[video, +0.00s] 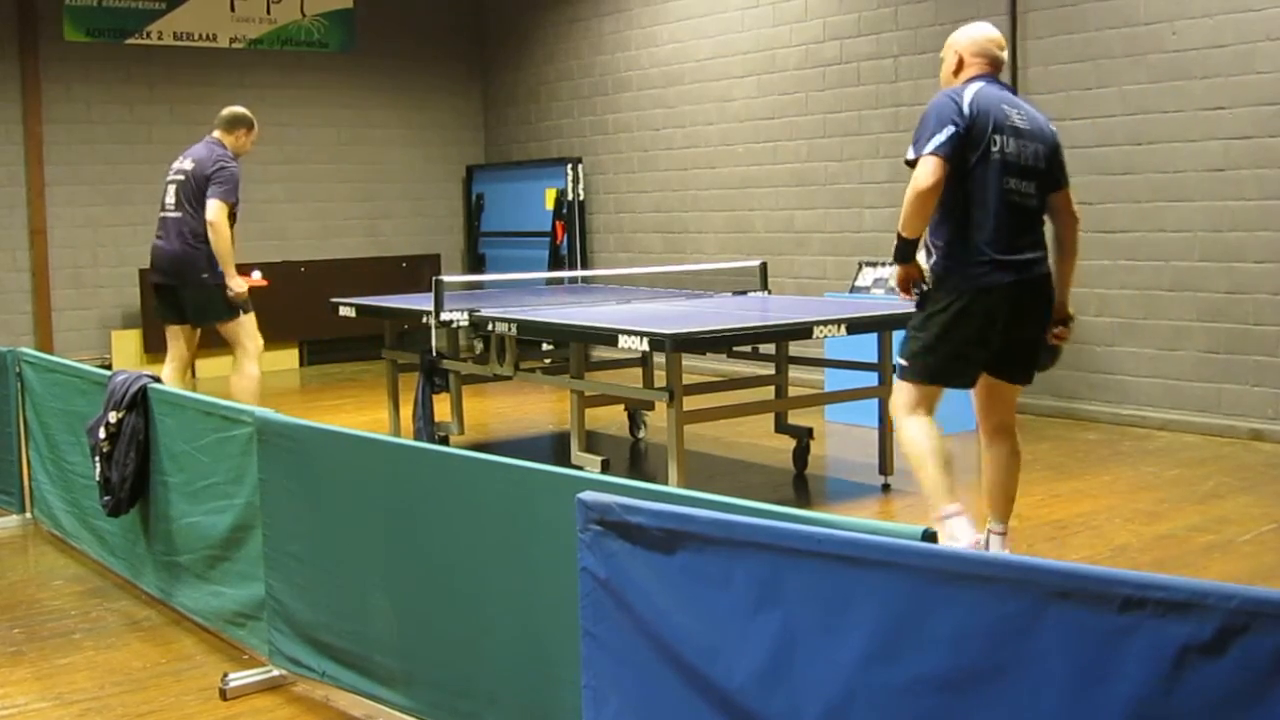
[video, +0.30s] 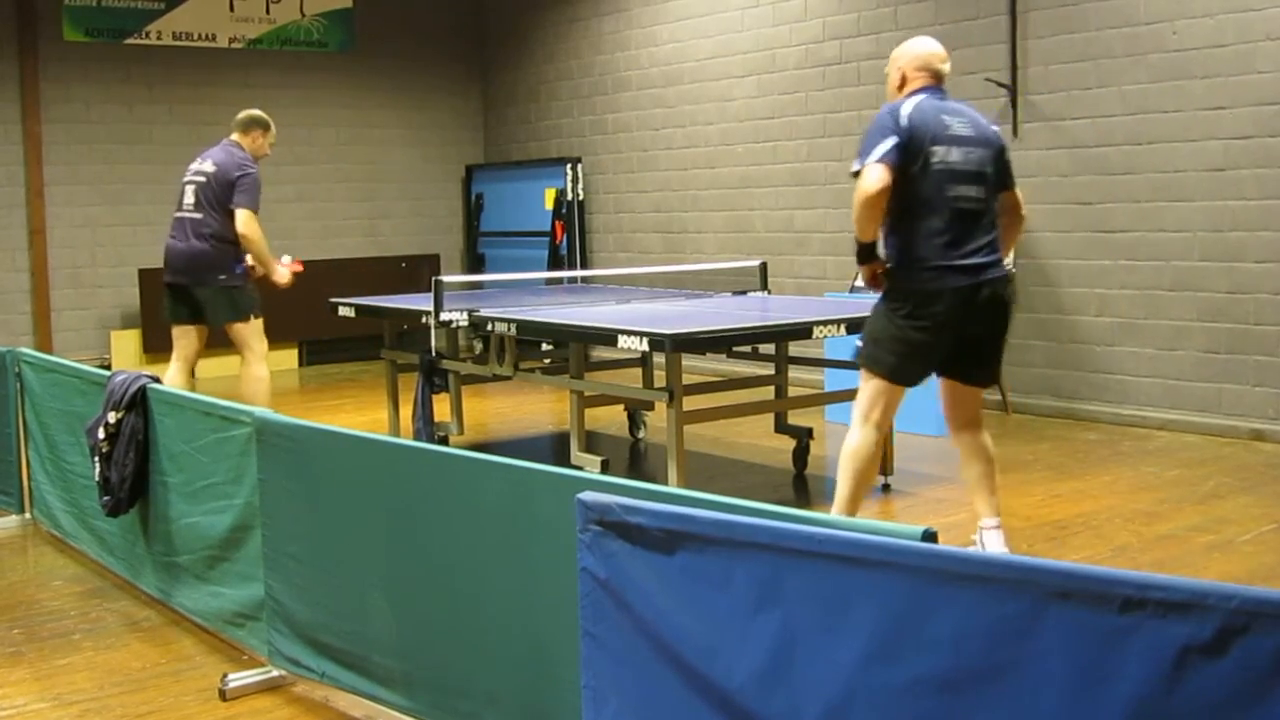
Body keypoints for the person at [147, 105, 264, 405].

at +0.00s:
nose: (250, 147)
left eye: (252, 141)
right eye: (251, 140)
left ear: (218, 129)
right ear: (241, 135)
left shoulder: (188, 156)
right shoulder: (224, 163)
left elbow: (183, 218)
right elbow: (214, 219)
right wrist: (232, 275)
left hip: (164, 264)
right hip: (199, 265)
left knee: (178, 352)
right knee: (249, 345)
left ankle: (168, 433)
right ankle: (245, 437)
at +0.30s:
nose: (268, 151)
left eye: (270, 144)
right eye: (268, 143)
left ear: (238, 134)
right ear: (254, 136)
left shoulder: (205, 157)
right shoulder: (244, 167)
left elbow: (208, 219)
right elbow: (246, 227)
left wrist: (243, 257)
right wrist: (273, 268)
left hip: (178, 263)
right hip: (217, 265)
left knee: (183, 353)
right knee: (254, 351)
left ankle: (170, 436)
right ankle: (260, 439)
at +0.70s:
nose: (315, 177)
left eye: (318, 172)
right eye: (316, 170)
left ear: (291, 155)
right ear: (305, 160)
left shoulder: (248, 169)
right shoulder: (291, 184)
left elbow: (234, 227)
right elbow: (297, 254)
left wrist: (258, 274)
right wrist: (317, 255)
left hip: (198, 253)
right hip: (239, 260)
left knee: (185, 349)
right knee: (274, 351)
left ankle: (161, 424)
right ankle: (262, 437)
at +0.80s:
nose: (319, 189)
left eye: (322, 184)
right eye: (321, 182)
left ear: (295, 165)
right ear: (310, 170)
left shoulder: (256, 175)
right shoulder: (296, 193)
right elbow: (301, 262)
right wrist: (321, 263)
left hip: (198, 256)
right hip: (239, 262)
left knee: (179, 352)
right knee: (277, 352)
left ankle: (151, 424)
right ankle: (262, 438)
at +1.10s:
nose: (321, 225)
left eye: (325, 220)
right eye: (324, 217)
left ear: (298, 196)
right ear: (313, 203)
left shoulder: (259, 200)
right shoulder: (295, 217)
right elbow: (305, 280)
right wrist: (331, 294)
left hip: (188, 266)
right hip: (229, 271)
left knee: (177, 362)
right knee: (279, 355)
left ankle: (148, 423)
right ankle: (263, 440)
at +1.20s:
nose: (321, 233)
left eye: (325, 228)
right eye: (325, 224)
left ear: (303, 204)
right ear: (314, 210)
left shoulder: (260, 206)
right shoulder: (295, 222)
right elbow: (304, 284)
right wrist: (332, 298)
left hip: (186, 269)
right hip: (226, 274)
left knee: (179, 364)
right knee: (279, 355)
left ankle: (147, 424)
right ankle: (263, 441)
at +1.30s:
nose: (321, 238)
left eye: (326, 233)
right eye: (325, 229)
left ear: (301, 209)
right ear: (313, 215)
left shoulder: (261, 211)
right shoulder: (296, 228)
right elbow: (300, 290)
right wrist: (327, 297)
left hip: (185, 271)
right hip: (225, 276)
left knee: (179, 367)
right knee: (279, 357)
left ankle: (147, 426)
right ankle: (263, 442)